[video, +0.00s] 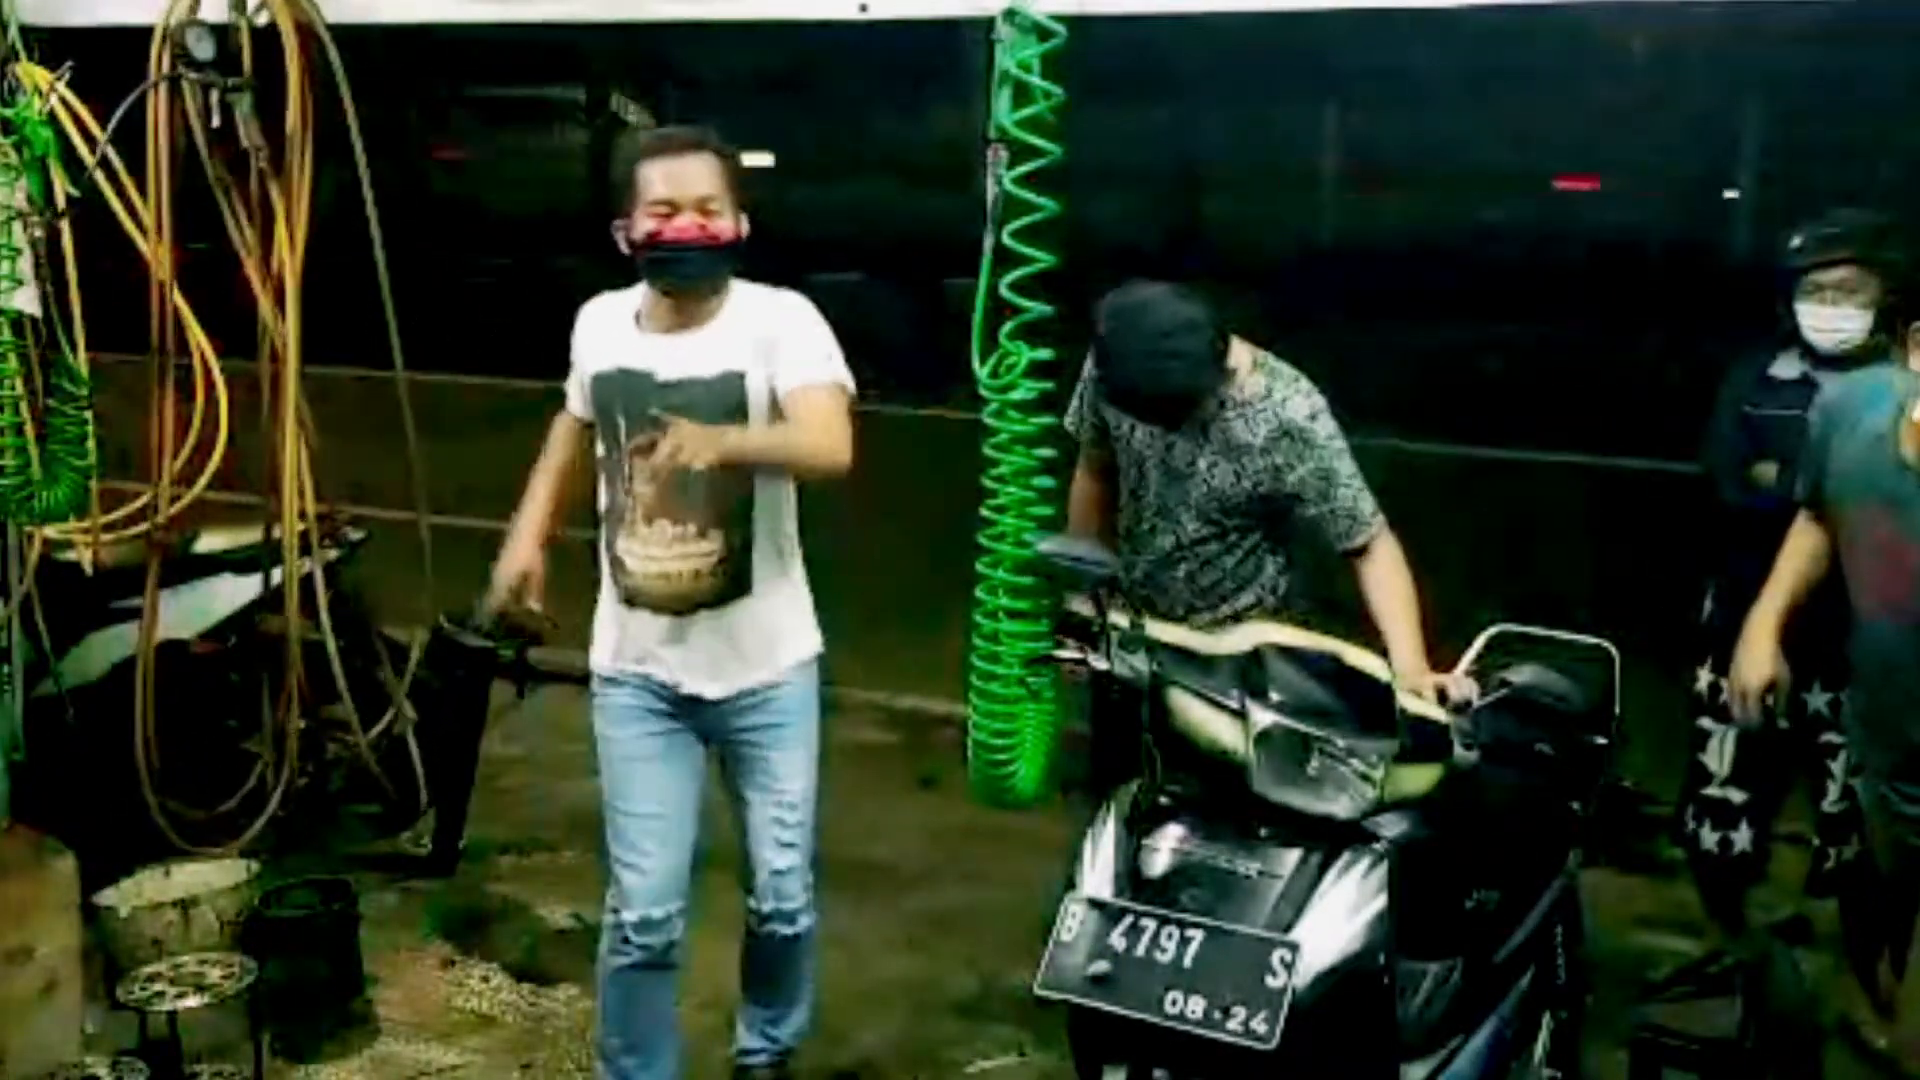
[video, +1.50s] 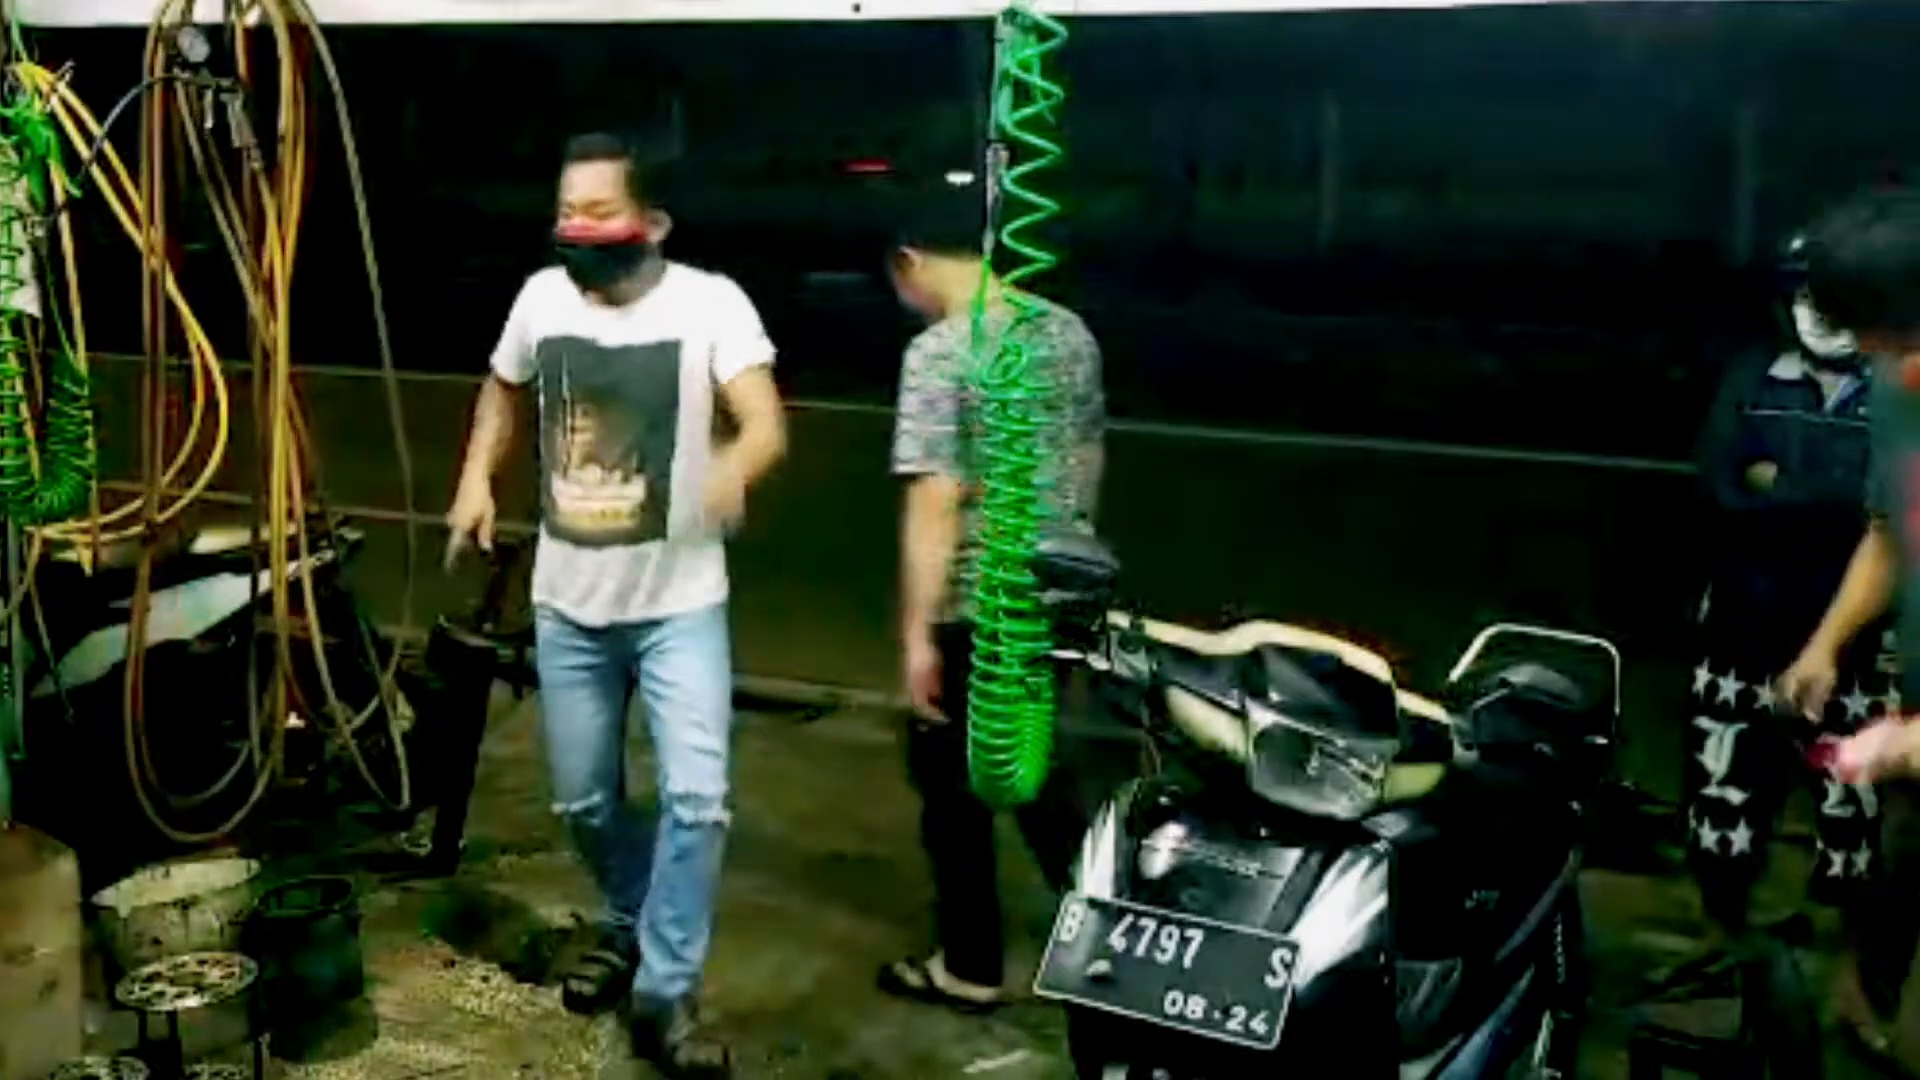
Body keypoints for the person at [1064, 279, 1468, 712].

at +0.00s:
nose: (1154, 420)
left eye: (1163, 409)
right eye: (1140, 408)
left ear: (1198, 381)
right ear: (1120, 371)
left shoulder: (1288, 416)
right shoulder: (1116, 368)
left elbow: (1371, 544)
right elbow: (1092, 474)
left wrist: (1413, 673)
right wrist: (1081, 593)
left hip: (1240, 655)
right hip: (1130, 634)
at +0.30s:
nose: (1085, 379)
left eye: (1083, 366)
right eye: (1074, 368)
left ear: (1114, 335)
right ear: (1111, 327)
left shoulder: (1231, 394)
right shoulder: (1114, 362)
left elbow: (1336, 515)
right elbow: (1101, 453)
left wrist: (1395, 661)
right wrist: (1084, 568)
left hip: (1225, 657)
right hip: (1129, 633)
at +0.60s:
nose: (1030, 341)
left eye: (1027, 324)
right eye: (1021, 328)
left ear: (1054, 296)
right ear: (1054, 293)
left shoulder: (1158, 366)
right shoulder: (1092, 353)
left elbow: (1203, 518)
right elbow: (1099, 510)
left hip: (1159, 634)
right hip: (1106, 627)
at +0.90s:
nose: (1002, 326)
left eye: (994, 312)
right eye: (993, 315)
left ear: (1010, 288)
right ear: (1035, 271)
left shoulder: (1089, 350)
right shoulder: (1122, 332)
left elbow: (1080, 516)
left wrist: (992, 597)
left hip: (1112, 615)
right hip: (1148, 599)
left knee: (1086, 828)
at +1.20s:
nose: (975, 313)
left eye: (974, 296)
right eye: (971, 299)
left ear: (997, 283)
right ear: (1044, 272)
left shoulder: (1015, 356)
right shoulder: (1122, 340)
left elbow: (1006, 512)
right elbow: (1129, 483)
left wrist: (974, 643)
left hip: (1039, 603)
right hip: (1129, 597)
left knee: (981, 772)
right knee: (1114, 776)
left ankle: (1002, 969)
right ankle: (1129, 950)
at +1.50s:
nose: (899, 288)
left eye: (897, 271)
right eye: (898, 272)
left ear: (918, 260)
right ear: (978, 249)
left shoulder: (938, 353)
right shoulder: (1070, 338)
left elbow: (934, 504)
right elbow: (1084, 477)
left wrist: (917, 632)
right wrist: (1060, 583)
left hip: (969, 616)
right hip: (1055, 611)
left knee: (948, 788)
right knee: (1046, 781)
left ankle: (969, 961)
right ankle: (1101, 932)